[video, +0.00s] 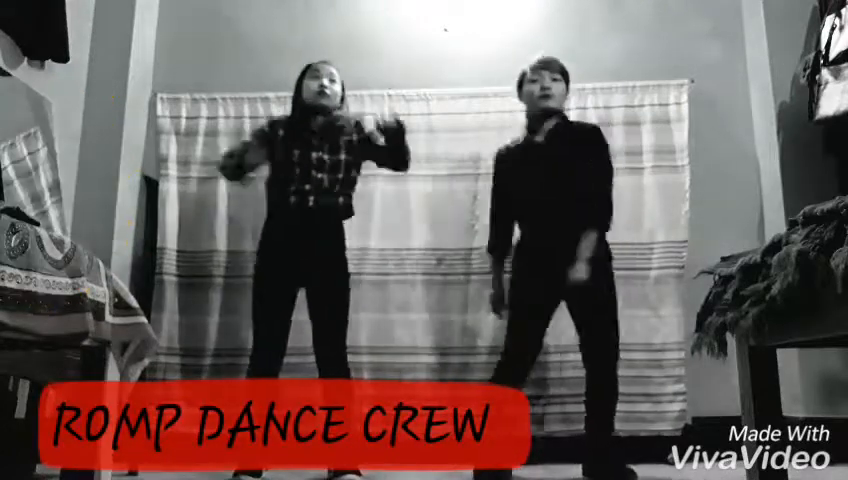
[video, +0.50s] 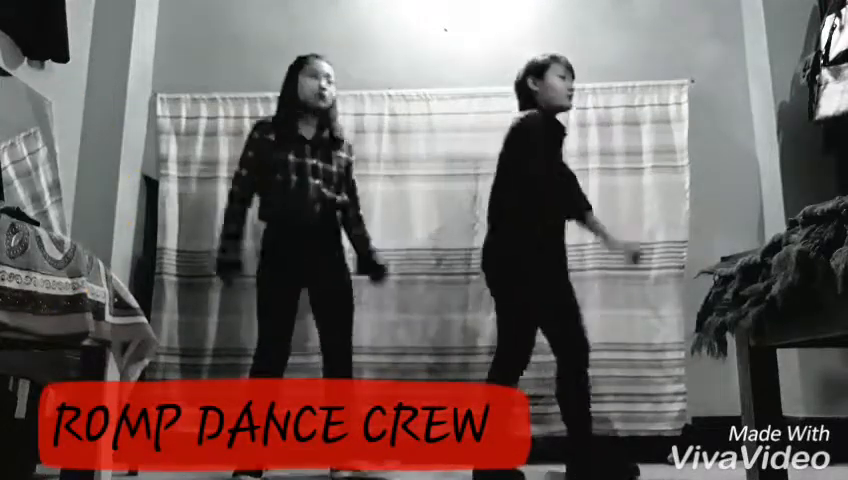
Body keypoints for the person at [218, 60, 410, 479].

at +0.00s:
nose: (324, 83)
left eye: (332, 80)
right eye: (315, 77)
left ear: (342, 95)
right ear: (299, 90)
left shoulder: (351, 132)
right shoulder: (279, 131)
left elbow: (398, 161)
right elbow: (232, 168)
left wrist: (394, 136)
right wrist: (237, 163)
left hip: (327, 249)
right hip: (279, 247)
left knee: (331, 352)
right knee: (266, 351)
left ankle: (344, 457)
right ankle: (250, 455)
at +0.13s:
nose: (332, 81)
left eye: (339, 78)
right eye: (323, 75)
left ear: (349, 94)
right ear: (305, 87)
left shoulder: (358, 132)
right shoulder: (282, 124)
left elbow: (396, 174)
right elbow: (229, 138)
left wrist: (401, 153)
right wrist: (242, 113)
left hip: (336, 245)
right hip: (289, 242)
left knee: (337, 351)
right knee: (273, 349)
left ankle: (344, 456)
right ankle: (251, 454)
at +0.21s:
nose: (334, 88)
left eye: (342, 83)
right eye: (325, 81)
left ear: (352, 96)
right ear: (309, 90)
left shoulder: (356, 140)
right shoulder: (284, 128)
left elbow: (400, 173)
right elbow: (222, 126)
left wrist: (390, 134)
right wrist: (255, 120)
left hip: (339, 249)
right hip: (292, 245)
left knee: (339, 354)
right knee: (274, 351)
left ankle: (345, 458)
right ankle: (250, 455)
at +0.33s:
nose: (321, 90)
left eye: (330, 85)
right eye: (312, 83)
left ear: (342, 95)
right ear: (298, 92)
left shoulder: (354, 142)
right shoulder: (277, 140)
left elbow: (384, 185)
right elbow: (242, 191)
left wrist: (366, 224)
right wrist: (253, 169)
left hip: (336, 256)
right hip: (287, 255)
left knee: (337, 357)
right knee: (271, 354)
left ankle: (345, 458)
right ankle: (250, 456)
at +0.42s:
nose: (314, 89)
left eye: (323, 84)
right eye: (305, 82)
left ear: (334, 95)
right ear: (290, 90)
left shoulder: (345, 147)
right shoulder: (269, 141)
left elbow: (354, 208)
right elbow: (254, 200)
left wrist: (359, 260)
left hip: (333, 262)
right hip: (279, 261)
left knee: (336, 358)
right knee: (269, 356)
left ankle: (343, 456)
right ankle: (250, 455)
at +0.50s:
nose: (326, 86)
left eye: (331, 80)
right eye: (317, 78)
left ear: (335, 90)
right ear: (294, 83)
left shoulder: (338, 144)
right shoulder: (266, 134)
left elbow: (348, 206)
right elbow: (240, 193)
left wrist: (367, 253)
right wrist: (229, 250)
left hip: (328, 259)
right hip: (280, 257)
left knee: (339, 354)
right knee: (272, 353)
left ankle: (341, 450)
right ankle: (250, 448)